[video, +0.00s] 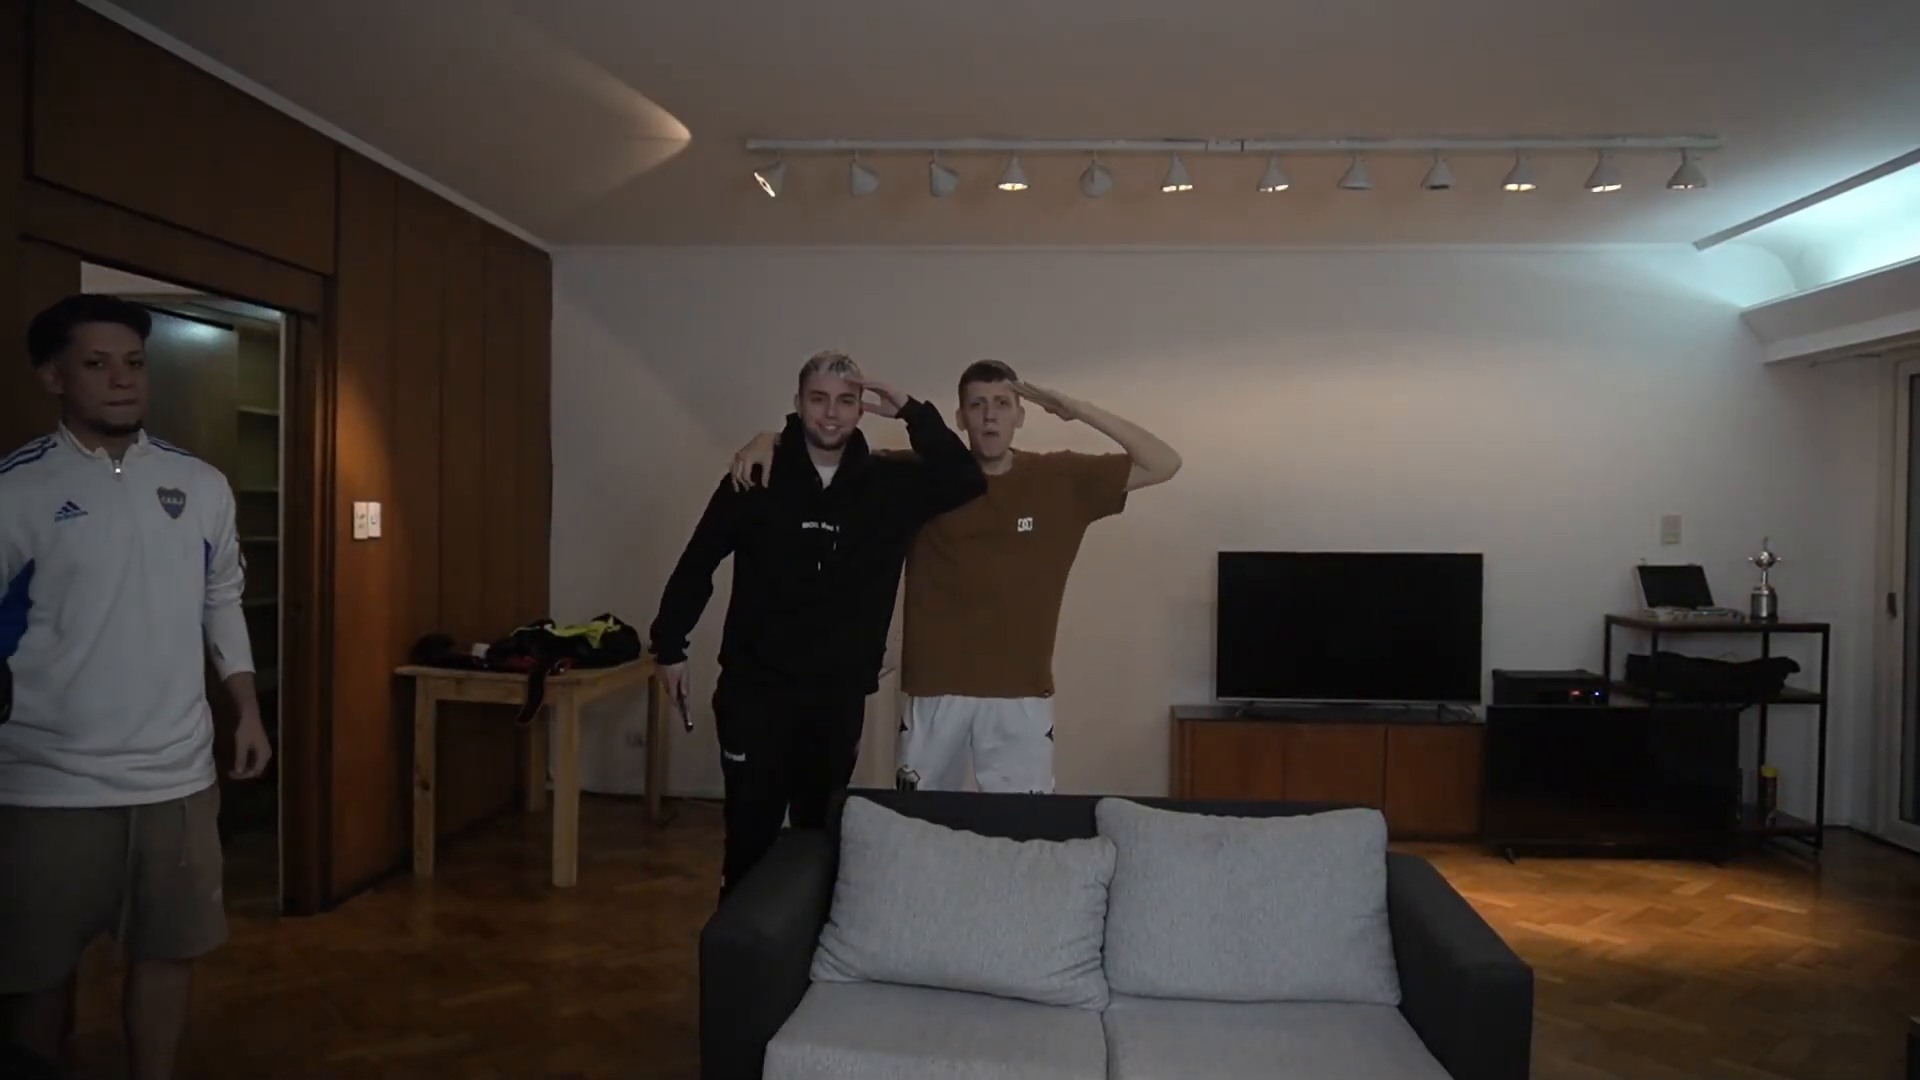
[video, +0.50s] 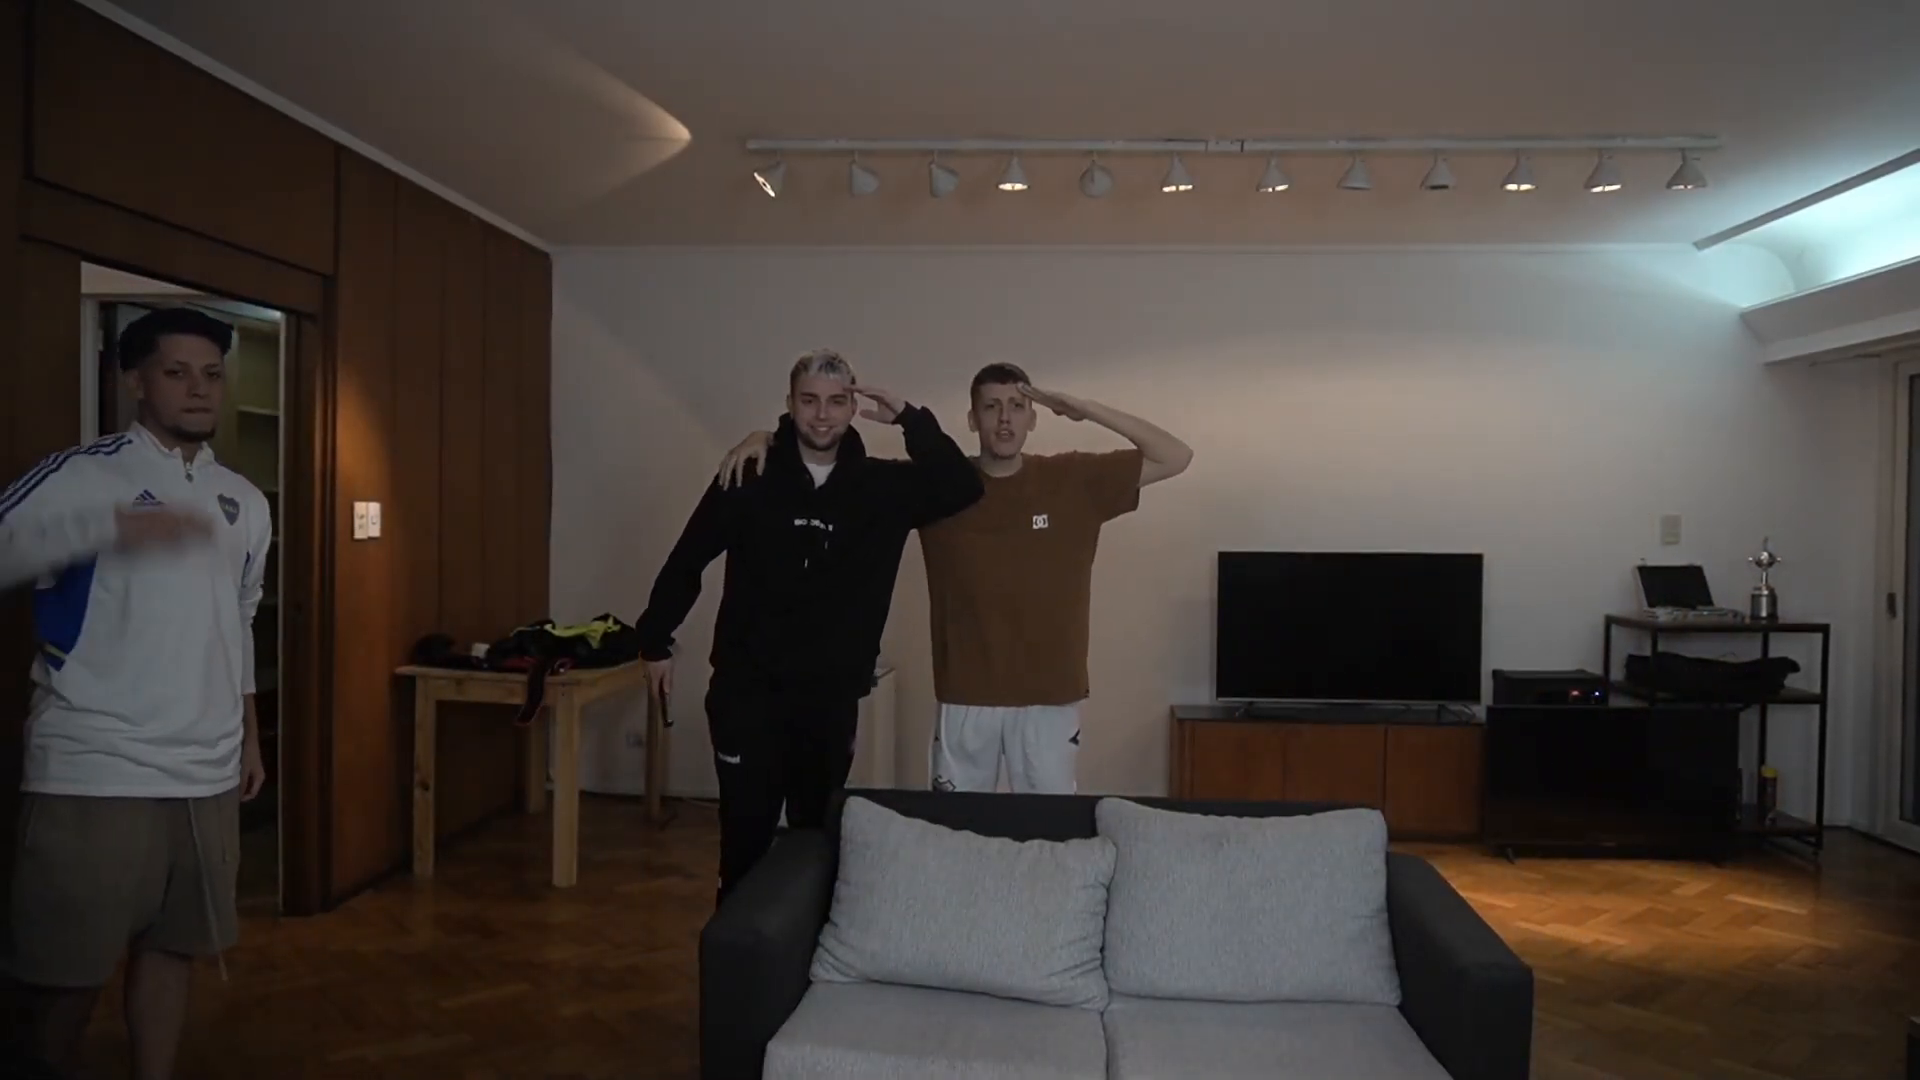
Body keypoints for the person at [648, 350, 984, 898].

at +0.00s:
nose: (831, 411)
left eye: (845, 400)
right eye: (819, 398)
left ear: (861, 410)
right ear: (798, 403)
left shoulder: (891, 484)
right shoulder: (756, 475)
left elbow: (965, 480)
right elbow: (698, 562)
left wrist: (912, 410)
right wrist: (670, 648)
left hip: (837, 690)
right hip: (756, 684)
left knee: (819, 831)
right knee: (751, 832)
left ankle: (814, 956)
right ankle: (740, 959)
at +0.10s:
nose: (825, 412)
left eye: (839, 399)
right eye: (812, 398)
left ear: (856, 408)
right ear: (792, 403)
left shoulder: (888, 482)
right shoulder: (753, 475)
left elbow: (965, 483)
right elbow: (698, 563)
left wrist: (914, 414)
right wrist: (671, 649)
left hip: (837, 688)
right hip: (755, 683)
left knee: (820, 829)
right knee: (751, 831)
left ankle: (815, 954)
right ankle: (741, 958)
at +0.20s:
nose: (820, 412)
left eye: (834, 400)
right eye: (807, 399)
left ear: (852, 408)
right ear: (788, 405)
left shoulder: (886, 482)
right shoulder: (751, 476)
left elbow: (963, 482)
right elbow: (695, 563)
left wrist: (910, 415)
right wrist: (669, 649)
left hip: (836, 689)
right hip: (753, 684)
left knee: (820, 830)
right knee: (749, 832)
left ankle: (815, 956)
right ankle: (740, 959)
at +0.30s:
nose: (819, 413)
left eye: (833, 400)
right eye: (806, 400)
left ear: (851, 409)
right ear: (787, 405)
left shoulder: (885, 484)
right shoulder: (749, 478)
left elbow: (962, 483)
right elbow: (692, 564)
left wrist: (908, 417)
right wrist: (665, 650)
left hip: (833, 691)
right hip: (750, 686)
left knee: (818, 833)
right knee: (748, 835)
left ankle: (814, 959)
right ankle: (739, 962)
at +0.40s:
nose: (821, 413)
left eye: (835, 400)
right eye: (808, 400)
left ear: (852, 409)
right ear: (788, 405)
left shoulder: (885, 484)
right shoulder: (749, 478)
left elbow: (963, 485)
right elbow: (690, 563)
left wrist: (910, 417)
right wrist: (661, 649)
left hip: (832, 692)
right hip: (749, 688)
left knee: (816, 834)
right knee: (746, 837)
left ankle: (812, 961)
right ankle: (739, 964)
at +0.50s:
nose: (822, 413)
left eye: (836, 401)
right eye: (810, 400)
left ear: (854, 409)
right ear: (790, 405)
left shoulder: (885, 485)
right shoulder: (750, 477)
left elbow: (962, 487)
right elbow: (688, 560)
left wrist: (911, 417)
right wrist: (655, 643)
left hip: (831, 691)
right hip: (748, 687)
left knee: (817, 834)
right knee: (746, 837)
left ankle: (812, 959)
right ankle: (738, 964)